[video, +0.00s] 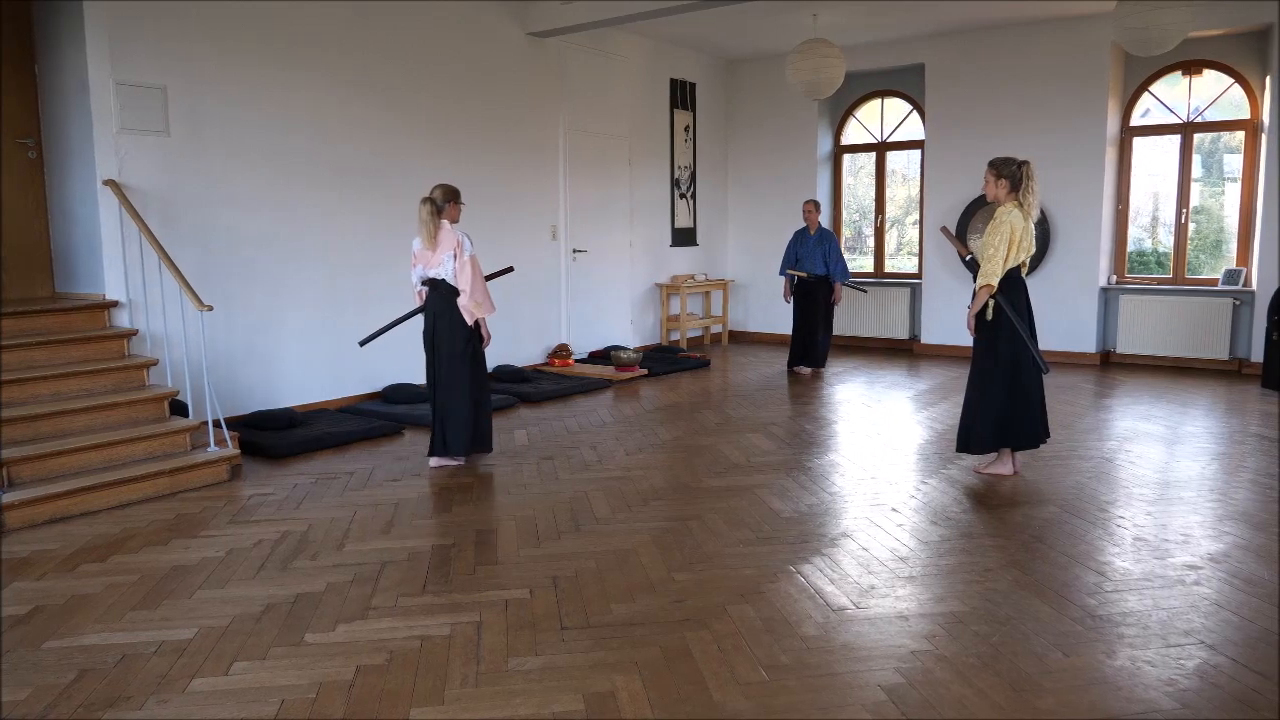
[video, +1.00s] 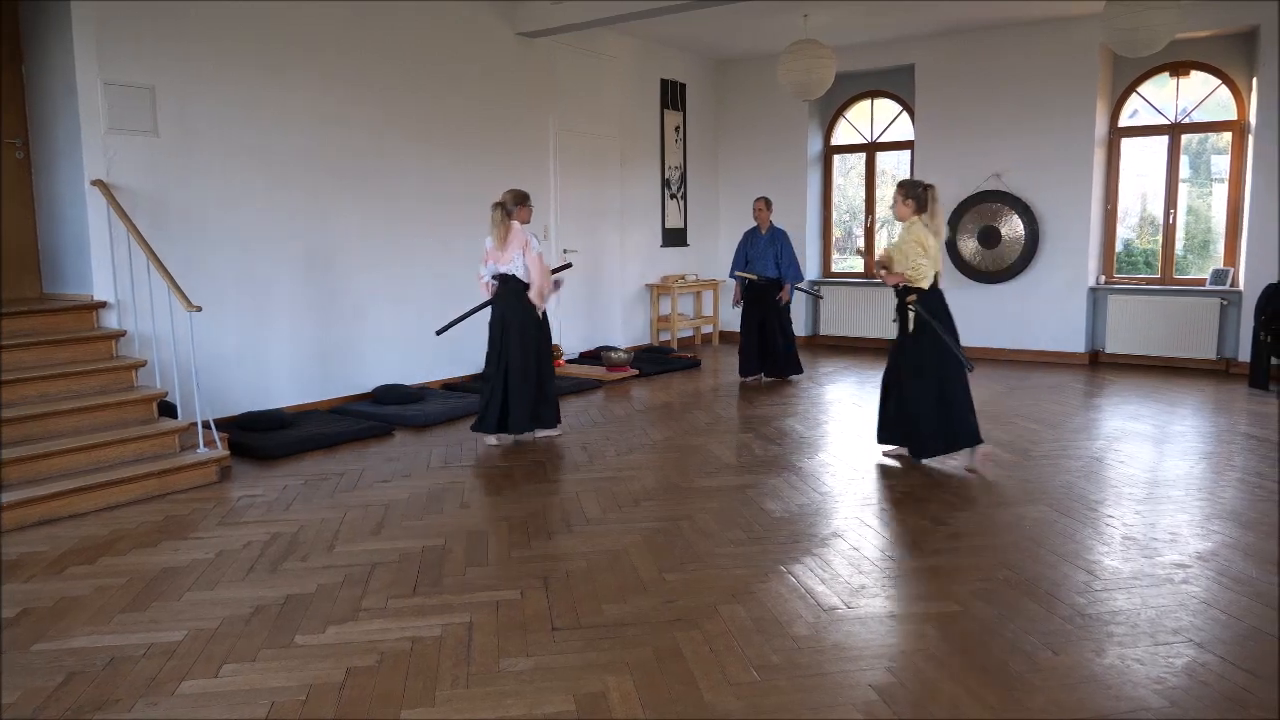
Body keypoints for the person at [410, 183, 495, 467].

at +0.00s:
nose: (461, 209)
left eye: (460, 205)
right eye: (459, 205)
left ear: (436, 207)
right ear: (450, 207)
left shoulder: (419, 243)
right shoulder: (458, 239)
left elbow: (420, 289)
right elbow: (468, 287)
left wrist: (432, 309)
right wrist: (481, 322)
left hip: (433, 318)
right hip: (456, 318)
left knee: (441, 382)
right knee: (457, 382)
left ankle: (448, 447)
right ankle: (447, 451)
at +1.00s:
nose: (531, 211)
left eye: (530, 207)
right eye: (528, 207)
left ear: (507, 209)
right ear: (519, 210)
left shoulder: (492, 239)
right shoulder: (526, 237)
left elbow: (486, 279)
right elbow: (540, 280)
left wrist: (498, 296)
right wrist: (538, 298)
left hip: (500, 299)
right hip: (522, 299)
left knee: (500, 360)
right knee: (534, 359)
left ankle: (492, 426)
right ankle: (542, 421)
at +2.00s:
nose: (595, 204)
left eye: (594, 198)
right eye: (591, 198)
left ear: (570, 202)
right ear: (575, 201)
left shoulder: (567, 228)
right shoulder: (578, 225)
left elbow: (613, 254)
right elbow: (618, 187)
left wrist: (622, 217)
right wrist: (618, 142)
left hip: (551, 307)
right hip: (568, 308)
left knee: (546, 373)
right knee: (603, 386)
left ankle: (519, 432)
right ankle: (590, 464)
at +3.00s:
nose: (529, 156)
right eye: (527, 152)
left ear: (493, 161)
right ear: (527, 156)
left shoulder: (485, 195)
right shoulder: (548, 188)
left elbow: (489, 163)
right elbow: (553, 178)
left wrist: (508, 130)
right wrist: (540, 146)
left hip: (506, 289)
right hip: (544, 287)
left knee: (511, 378)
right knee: (555, 380)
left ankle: (497, 463)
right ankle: (556, 480)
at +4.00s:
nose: (453, 135)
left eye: (458, 129)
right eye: (445, 129)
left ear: (462, 131)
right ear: (429, 131)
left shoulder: (457, 163)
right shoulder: (420, 158)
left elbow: (409, 195)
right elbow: (387, 161)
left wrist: (362, 175)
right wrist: (358, 162)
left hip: (463, 254)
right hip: (436, 252)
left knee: (461, 334)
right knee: (428, 332)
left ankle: (461, 418)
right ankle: (428, 415)